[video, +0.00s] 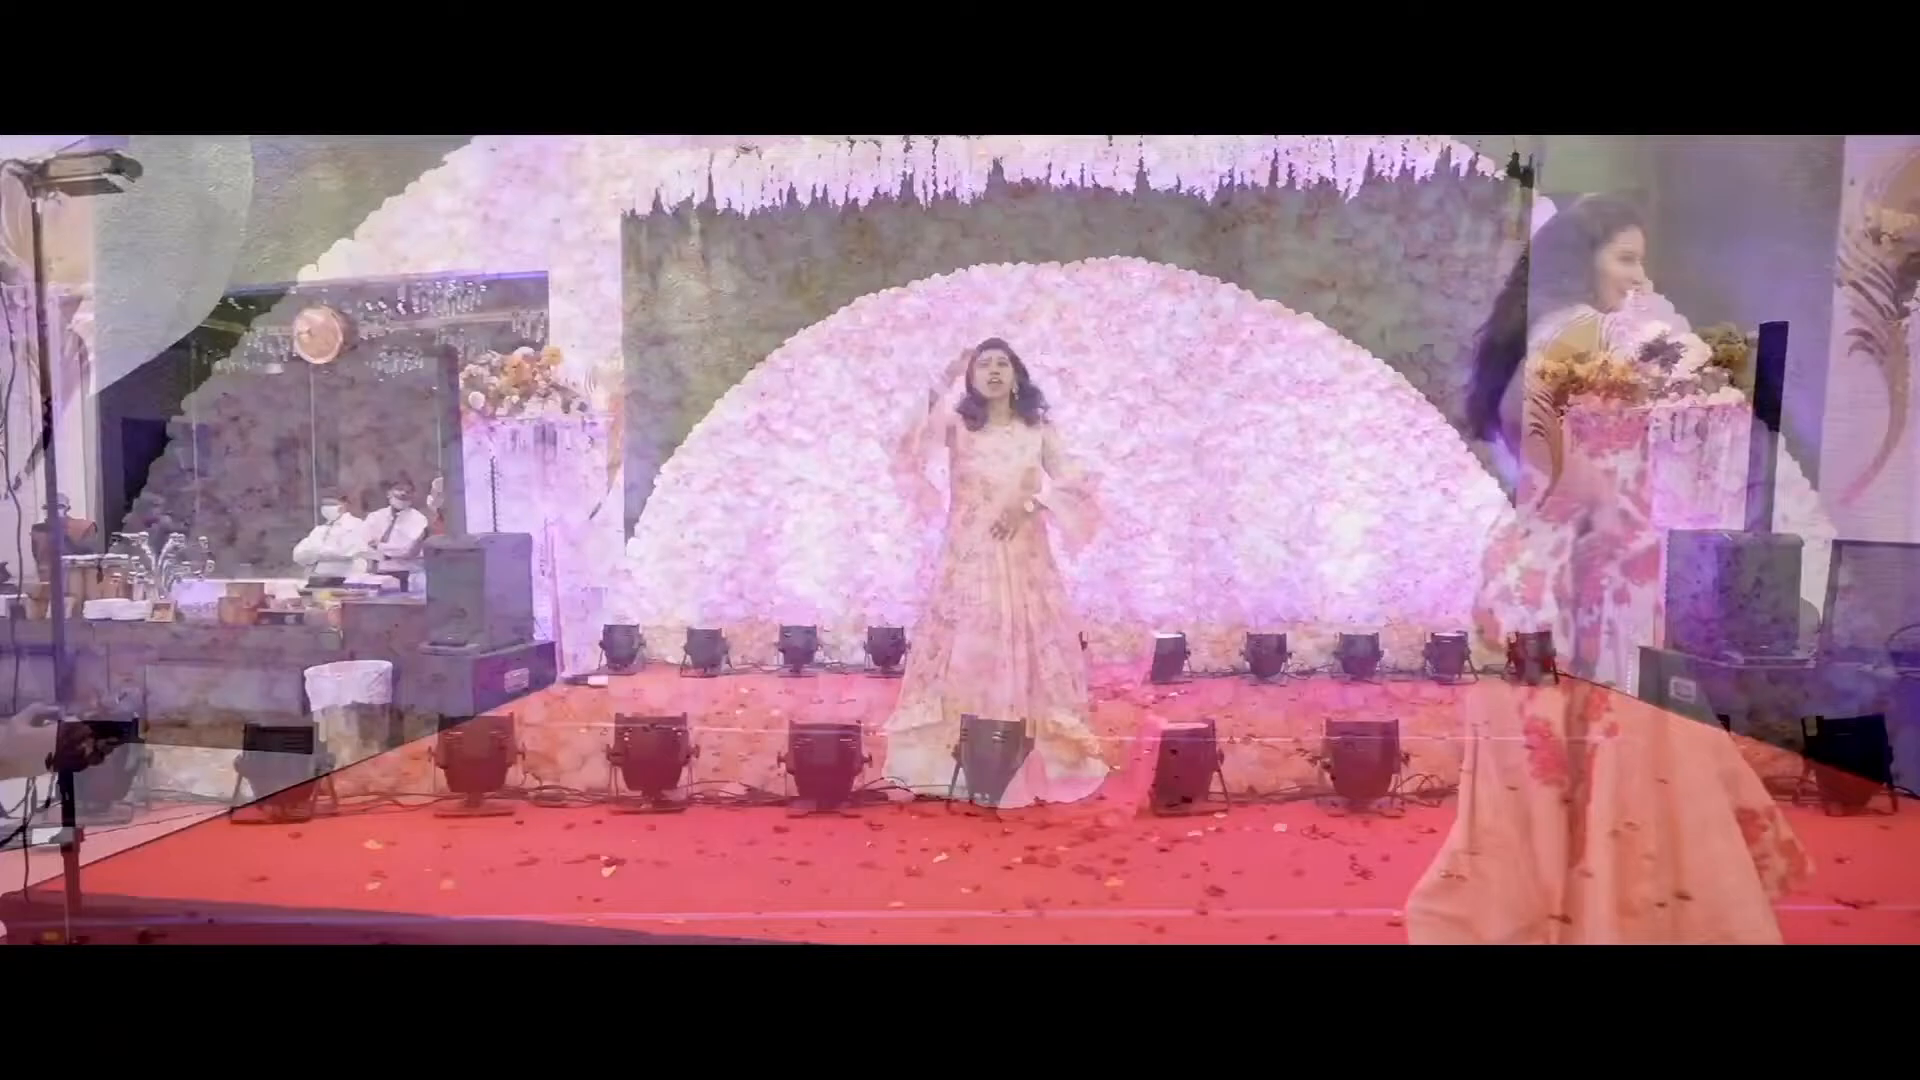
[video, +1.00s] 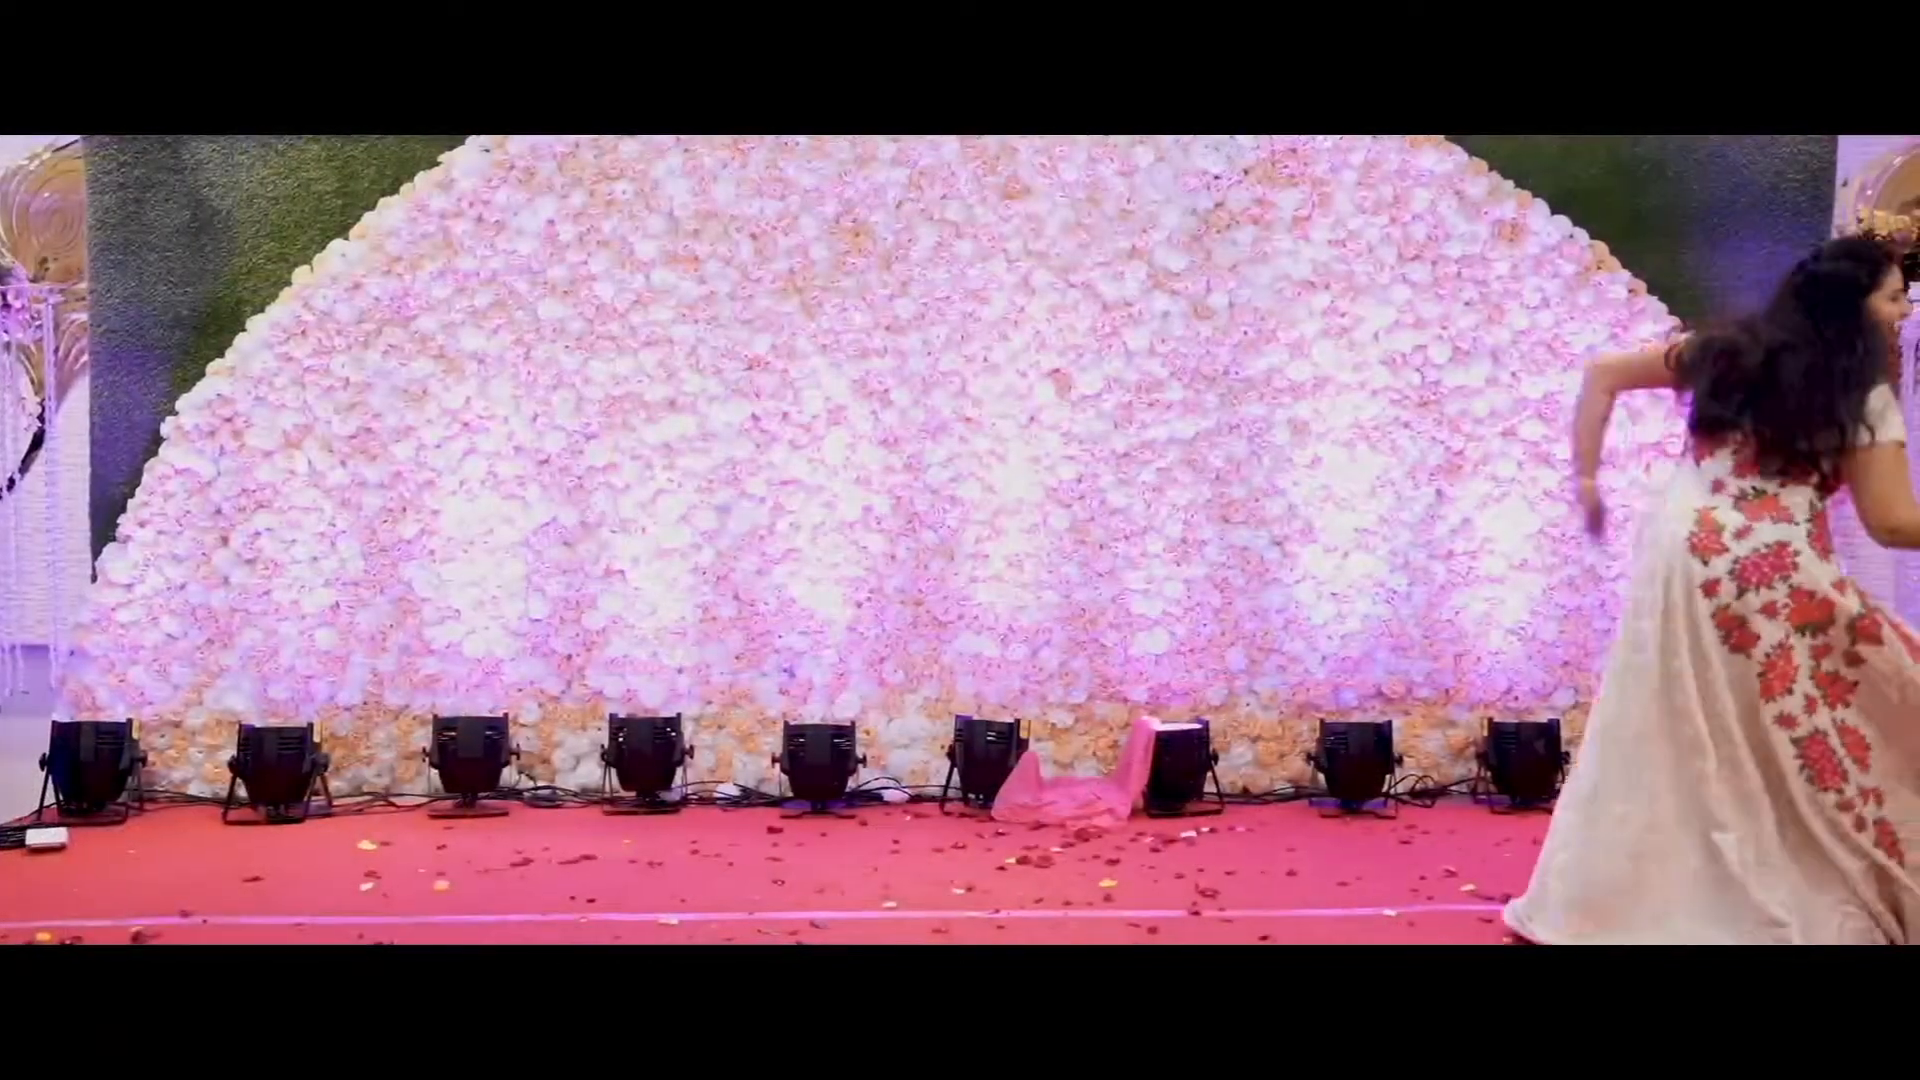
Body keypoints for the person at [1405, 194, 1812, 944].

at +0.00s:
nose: (1638, 276)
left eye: (1642, 261)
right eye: (1624, 260)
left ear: (1641, 266)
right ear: (1581, 262)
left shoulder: (1632, 349)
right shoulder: (1560, 348)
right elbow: (1554, 485)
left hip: (1629, 563)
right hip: (1565, 564)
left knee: (1625, 730)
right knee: (1561, 736)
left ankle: (1625, 900)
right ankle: (1564, 898)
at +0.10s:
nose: (1658, 282)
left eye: (1661, 268)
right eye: (1646, 267)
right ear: (1604, 268)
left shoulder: (1621, 346)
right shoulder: (1595, 349)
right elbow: (1579, 436)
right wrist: (1644, 497)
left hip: (1612, 538)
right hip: (1580, 541)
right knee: (1584, 705)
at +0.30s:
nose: (1710, 294)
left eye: (1712, 279)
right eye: (1697, 279)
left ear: (1654, 283)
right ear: (1655, 279)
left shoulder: (1606, 350)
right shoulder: (1666, 350)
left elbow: (1551, 460)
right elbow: (1630, 438)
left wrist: (1601, 520)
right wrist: (1707, 474)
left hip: (1598, 563)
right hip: (1656, 565)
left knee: (1609, 749)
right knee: (1678, 749)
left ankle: (1606, 914)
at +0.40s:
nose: (1733, 296)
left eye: (1735, 282)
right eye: (1722, 280)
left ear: (1667, 283)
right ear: (1676, 278)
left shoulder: (1616, 358)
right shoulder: (1688, 354)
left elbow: (1576, 466)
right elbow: (1668, 447)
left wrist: (1620, 522)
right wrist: (1740, 471)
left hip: (1623, 568)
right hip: (1692, 570)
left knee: (1636, 738)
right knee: (1767, 729)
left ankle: (1633, 899)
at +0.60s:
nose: (1790, 293)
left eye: (1794, 279)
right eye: (1780, 277)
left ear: (1721, 279)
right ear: (1737, 274)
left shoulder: (1673, 354)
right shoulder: (1755, 354)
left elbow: (1633, 454)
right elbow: (1755, 450)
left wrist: (1677, 518)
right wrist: (1836, 487)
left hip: (1680, 567)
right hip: (1755, 568)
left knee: (1688, 742)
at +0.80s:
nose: (1855, 280)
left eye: (1859, 266)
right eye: (1844, 262)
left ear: (1774, 266)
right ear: (1797, 260)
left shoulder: (1719, 338)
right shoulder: (1823, 349)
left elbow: (1654, 421)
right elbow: (1873, 453)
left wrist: (1703, 502)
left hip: (1714, 539)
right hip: (1802, 543)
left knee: (1732, 724)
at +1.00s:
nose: (1905, 313)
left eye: (1903, 298)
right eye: (1896, 298)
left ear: (1806, 300)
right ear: (1857, 307)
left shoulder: (1729, 352)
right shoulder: (1860, 389)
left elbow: (1602, 372)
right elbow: (1894, 521)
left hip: (1680, 553)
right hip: (1776, 567)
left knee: (1689, 726)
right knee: (1898, 704)